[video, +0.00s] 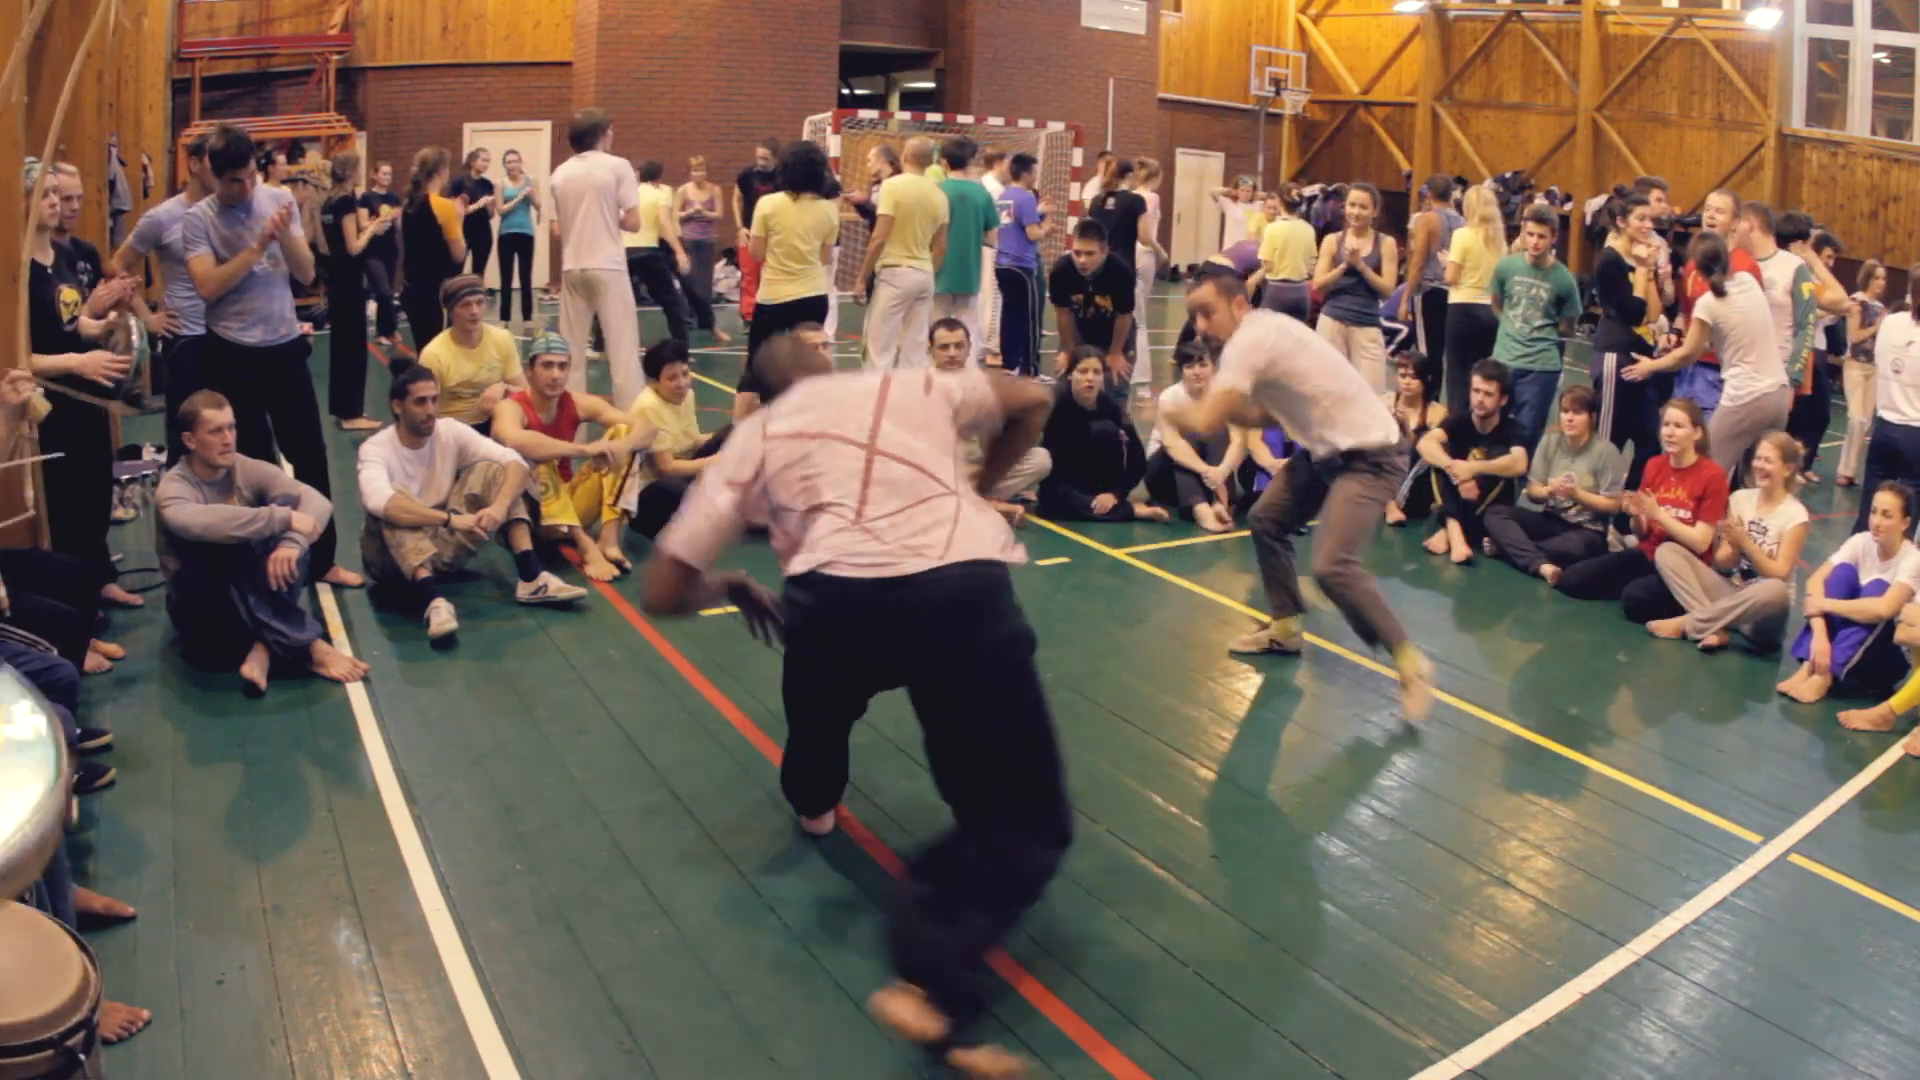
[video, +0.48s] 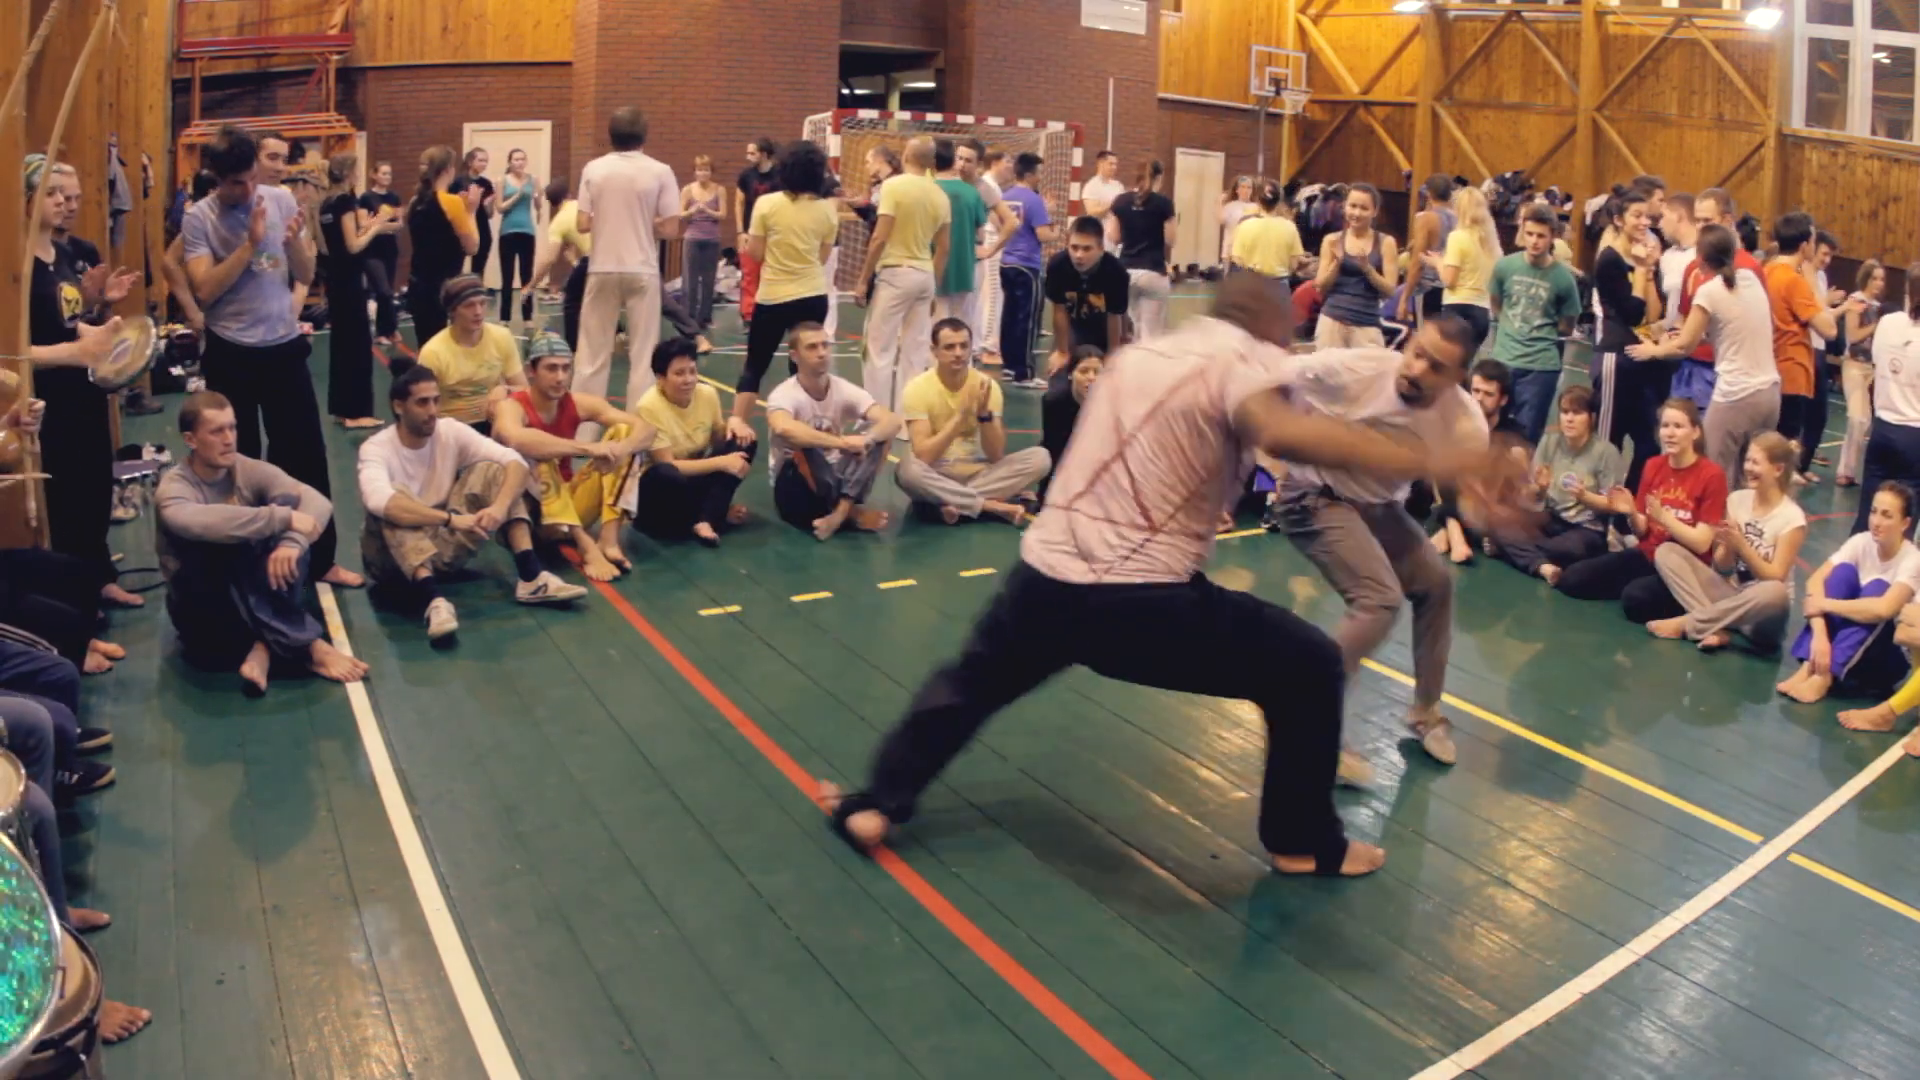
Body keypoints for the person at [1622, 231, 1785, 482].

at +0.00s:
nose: (1690, 265)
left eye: (1692, 261)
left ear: (1697, 267)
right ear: (1727, 256)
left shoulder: (1707, 303)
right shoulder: (1750, 282)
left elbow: (1688, 354)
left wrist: (1651, 366)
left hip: (1743, 397)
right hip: (1778, 391)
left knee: (1711, 469)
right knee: (1763, 474)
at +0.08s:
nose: (1689, 257)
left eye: (1691, 253)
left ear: (1695, 262)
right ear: (1727, 253)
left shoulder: (1706, 301)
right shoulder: (1749, 281)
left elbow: (1686, 352)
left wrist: (1649, 362)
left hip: (1740, 396)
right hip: (1776, 390)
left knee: (1711, 471)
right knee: (1764, 473)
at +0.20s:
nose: (1690, 261)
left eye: (1691, 256)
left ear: (1696, 262)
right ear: (1728, 253)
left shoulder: (1706, 298)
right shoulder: (1749, 278)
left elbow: (1682, 345)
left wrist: (1642, 346)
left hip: (1739, 394)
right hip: (1774, 388)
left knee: (1715, 471)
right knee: (1764, 470)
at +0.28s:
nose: (1691, 259)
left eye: (1693, 253)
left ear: (1697, 260)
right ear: (1729, 252)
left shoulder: (1706, 296)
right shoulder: (1750, 277)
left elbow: (1679, 341)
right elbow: (1721, 329)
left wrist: (1641, 339)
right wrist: (1684, 333)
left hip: (1737, 394)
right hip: (1773, 389)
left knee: (1716, 472)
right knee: (1763, 470)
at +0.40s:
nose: (1692, 260)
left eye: (1694, 254)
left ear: (1699, 260)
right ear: (1730, 251)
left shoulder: (1708, 293)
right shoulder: (1750, 277)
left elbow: (1682, 341)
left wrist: (1646, 343)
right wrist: (1681, 332)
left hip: (1735, 396)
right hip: (1771, 391)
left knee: (1717, 474)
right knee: (1759, 473)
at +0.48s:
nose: (1695, 257)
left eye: (1697, 251)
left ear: (1702, 259)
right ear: (1734, 252)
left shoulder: (1708, 292)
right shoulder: (1751, 279)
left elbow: (1685, 345)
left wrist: (1653, 351)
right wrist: (1684, 333)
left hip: (1733, 396)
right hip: (1769, 389)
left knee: (1716, 476)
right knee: (1756, 476)